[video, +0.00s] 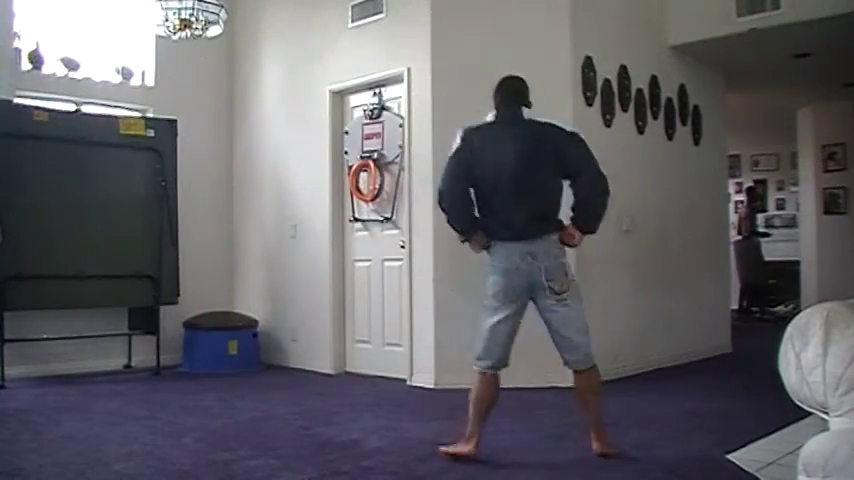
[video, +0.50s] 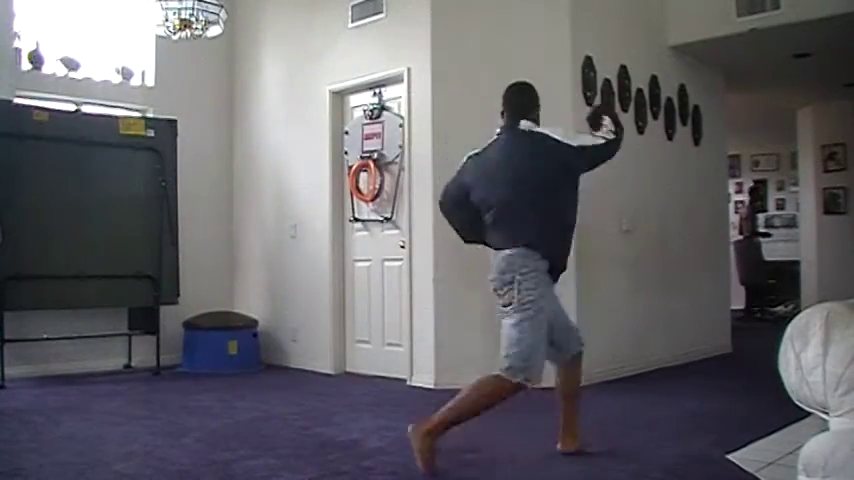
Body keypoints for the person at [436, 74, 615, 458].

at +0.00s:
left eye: (502, 101)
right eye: (520, 101)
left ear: (495, 105)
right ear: (527, 104)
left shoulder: (474, 140)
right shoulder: (556, 138)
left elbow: (450, 193)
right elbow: (594, 185)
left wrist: (473, 232)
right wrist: (579, 228)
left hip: (504, 256)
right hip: (549, 253)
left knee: (488, 358)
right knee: (580, 353)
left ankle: (470, 440)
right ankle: (598, 438)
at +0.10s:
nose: (537, 117)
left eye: (525, 110)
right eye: (546, 111)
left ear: (516, 113)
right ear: (551, 114)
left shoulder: (490, 154)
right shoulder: (574, 152)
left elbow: (462, 195)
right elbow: (611, 198)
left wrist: (486, 237)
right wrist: (591, 239)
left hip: (516, 265)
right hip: (562, 261)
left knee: (529, 352)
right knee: (591, 354)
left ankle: (500, 428)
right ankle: (599, 442)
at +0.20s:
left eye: (524, 86)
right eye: (545, 86)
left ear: (519, 88)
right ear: (553, 89)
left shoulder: (491, 123)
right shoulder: (573, 124)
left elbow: (454, 151)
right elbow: (607, 167)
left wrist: (479, 196)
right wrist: (584, 206)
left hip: (507, 236)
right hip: (551, 233)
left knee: (537, 332)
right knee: (578, 333)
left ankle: (539, 422)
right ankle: (589, 431)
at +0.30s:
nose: (541, 81)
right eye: (545, 76)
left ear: (515, 75)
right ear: (548, 77)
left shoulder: (484, 108)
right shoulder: (562, 105)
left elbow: (449, 150)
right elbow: (607, 151)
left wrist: (479, 189)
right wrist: (588, 193)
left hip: (503, 222)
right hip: (543, 219)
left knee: (542, 326)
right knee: (558, 329)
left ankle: (562, 415)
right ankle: (537, 424)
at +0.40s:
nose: (540, 98)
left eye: (531, 90)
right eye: (541, 91)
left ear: (510, 89)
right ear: (541, 89)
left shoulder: (487, 123)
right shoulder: (543, 113)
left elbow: (452, 176)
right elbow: (610, 157)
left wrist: (485, 210)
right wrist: (608, 170)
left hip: (510, 237)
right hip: (536, 236)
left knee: (563, 338)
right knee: (545, 346)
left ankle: (566, 429)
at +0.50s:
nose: (536, 114)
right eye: (535, 108)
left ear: (502, 113)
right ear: (536, 112)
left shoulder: (482, 158)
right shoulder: (548, 149)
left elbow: (450, 200)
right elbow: (595, 153)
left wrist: (482, 235)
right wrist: (616, 135)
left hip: (510, 263)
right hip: (528, 264)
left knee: (570, 347)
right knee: (516, 374)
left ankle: (569, 437)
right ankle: (428, 431)